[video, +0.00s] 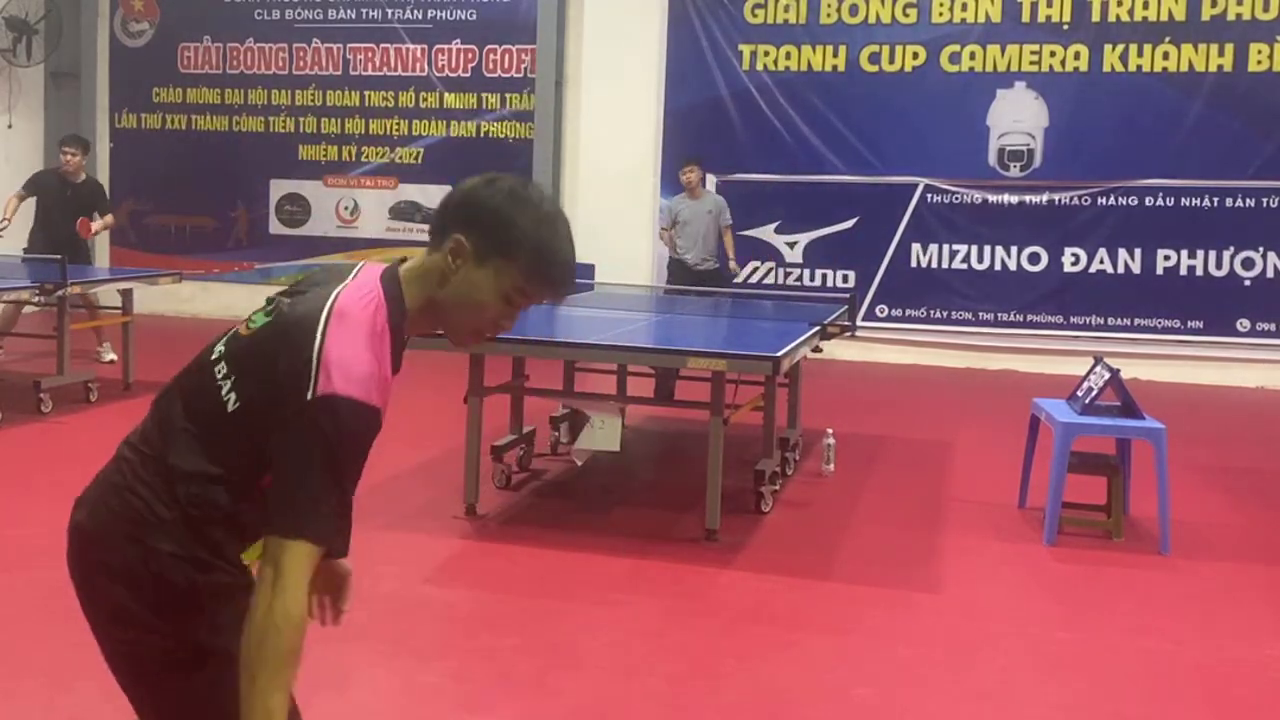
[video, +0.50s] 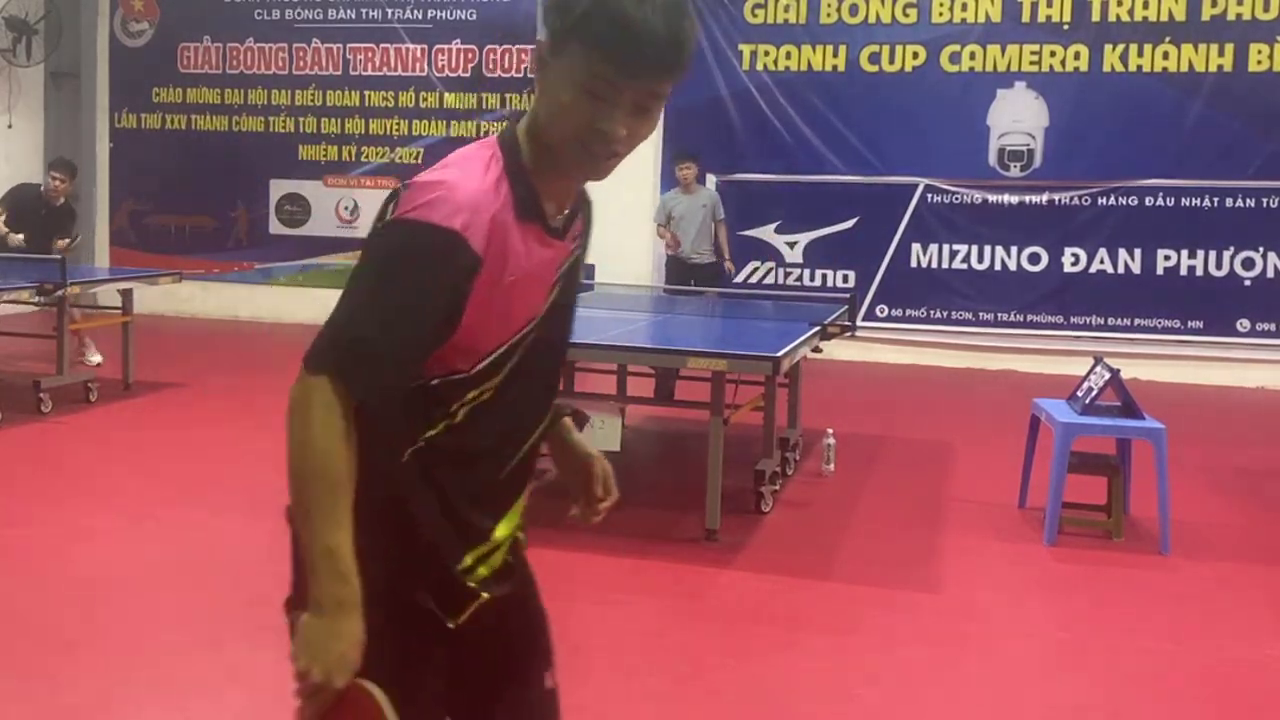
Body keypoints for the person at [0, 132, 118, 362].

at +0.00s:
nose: (67, 159)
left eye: (73, 155)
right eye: (64, 154)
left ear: (84, 158)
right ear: (59, 155)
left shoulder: (93, 187)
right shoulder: (43, 178)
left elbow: (109, 219)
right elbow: (17, 198)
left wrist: (99, 225)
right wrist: (7, 217)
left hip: (76, 256)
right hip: (40, 254)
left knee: (89, 298)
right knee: (16, 300)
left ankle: (103, 345)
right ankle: (1, 344)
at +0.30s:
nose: (60, 172)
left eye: (66, 169)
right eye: (57, 167)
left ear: (76, 173)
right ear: (51, 166)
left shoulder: (79, 200)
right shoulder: (34, 186)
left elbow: (85, 232)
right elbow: (4, 210)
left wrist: (77, 235)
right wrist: (15, 231)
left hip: (54, 261)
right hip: (18, 258)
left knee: (77, 297)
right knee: (2, 297)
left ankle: (90, 346)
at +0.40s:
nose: (58, 181)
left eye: (64, 178)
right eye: (55, 175)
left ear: (73, 182)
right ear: (49, 174)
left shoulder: (73, 208)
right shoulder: (29, 192)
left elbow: (74, 240)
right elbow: (3, 218)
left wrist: (73, 243)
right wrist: (18, 235)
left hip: (47, 263)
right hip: (13, 260)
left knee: (76, 294)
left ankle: (83, 348)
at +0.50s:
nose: (55, 184)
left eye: (61, 181)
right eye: (52, 178)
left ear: (70, 186)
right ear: (46, 177)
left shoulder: (67, 212)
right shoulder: (23, 192)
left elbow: (59, 242)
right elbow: (0, 216)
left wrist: (62, 245)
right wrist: (8, 235)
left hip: (42, 262)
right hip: (10, 259)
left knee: (66, 294)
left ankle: (86, 344)